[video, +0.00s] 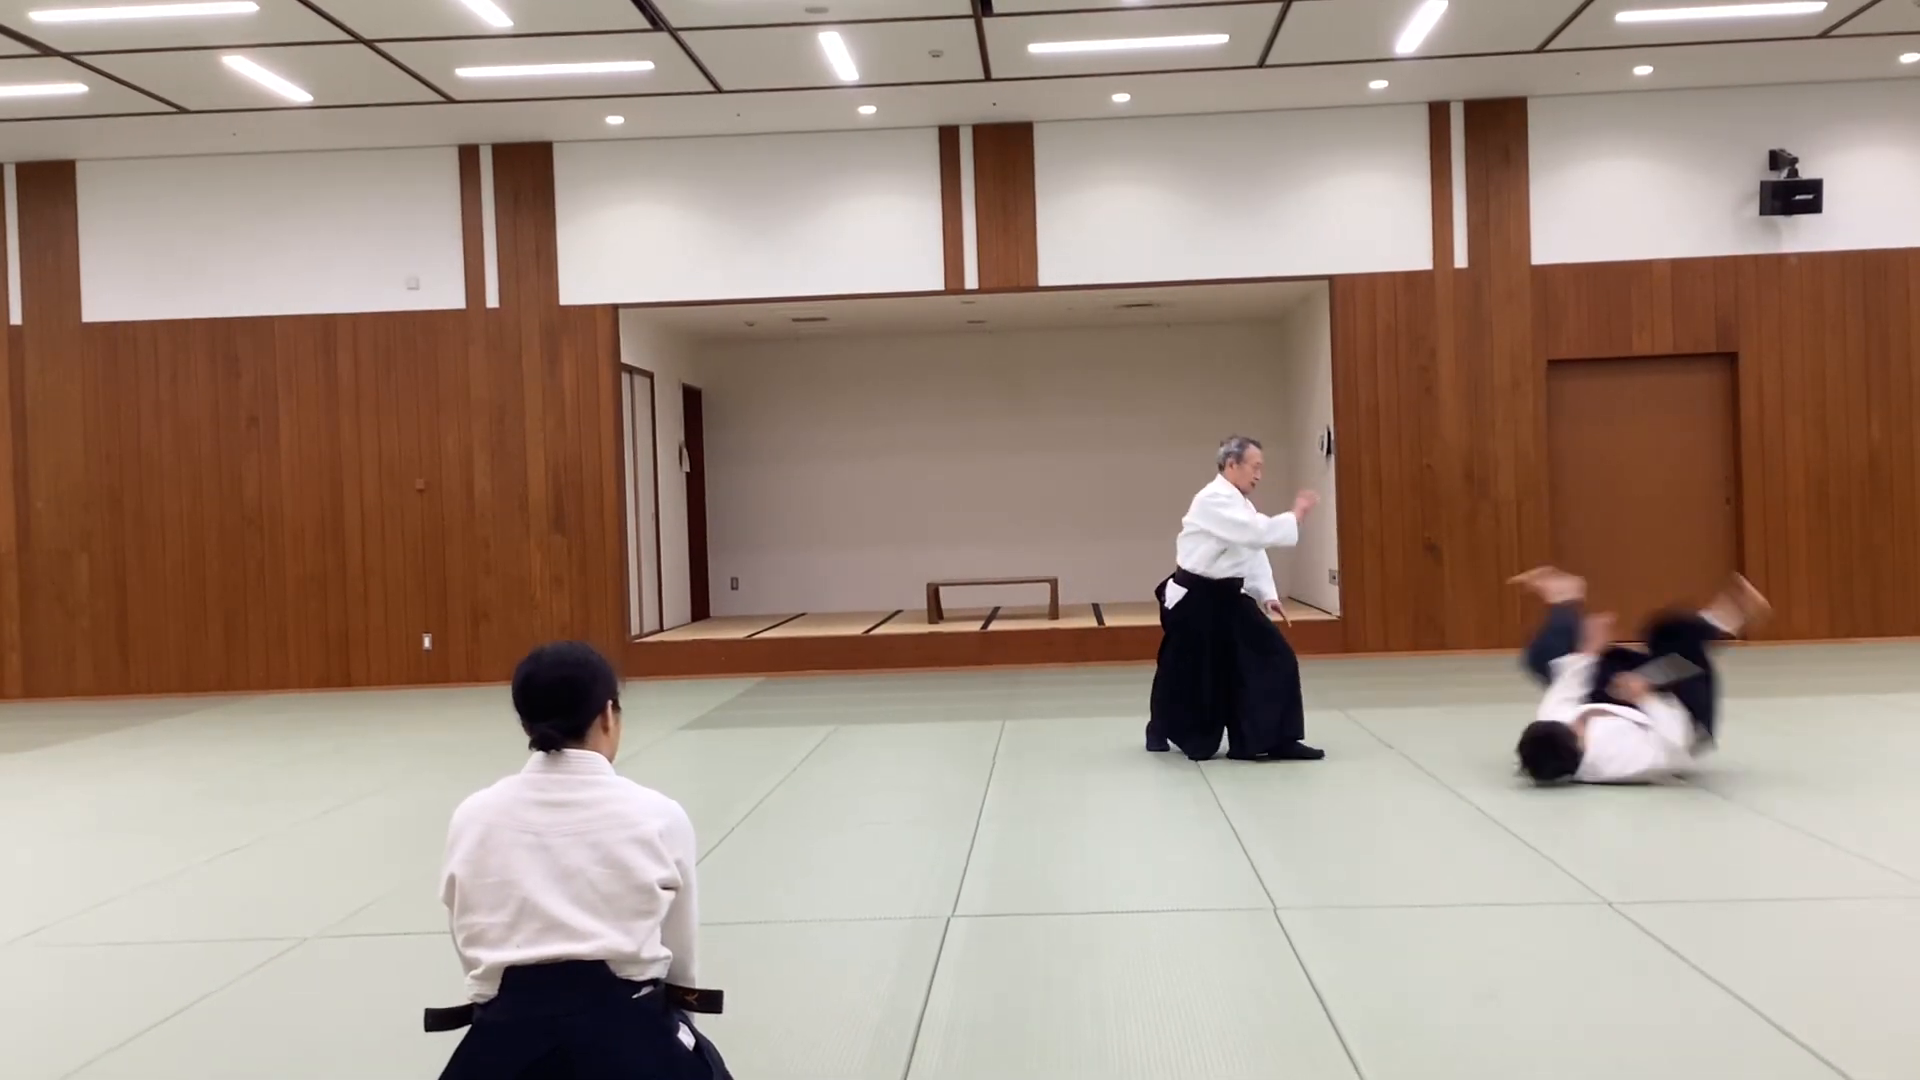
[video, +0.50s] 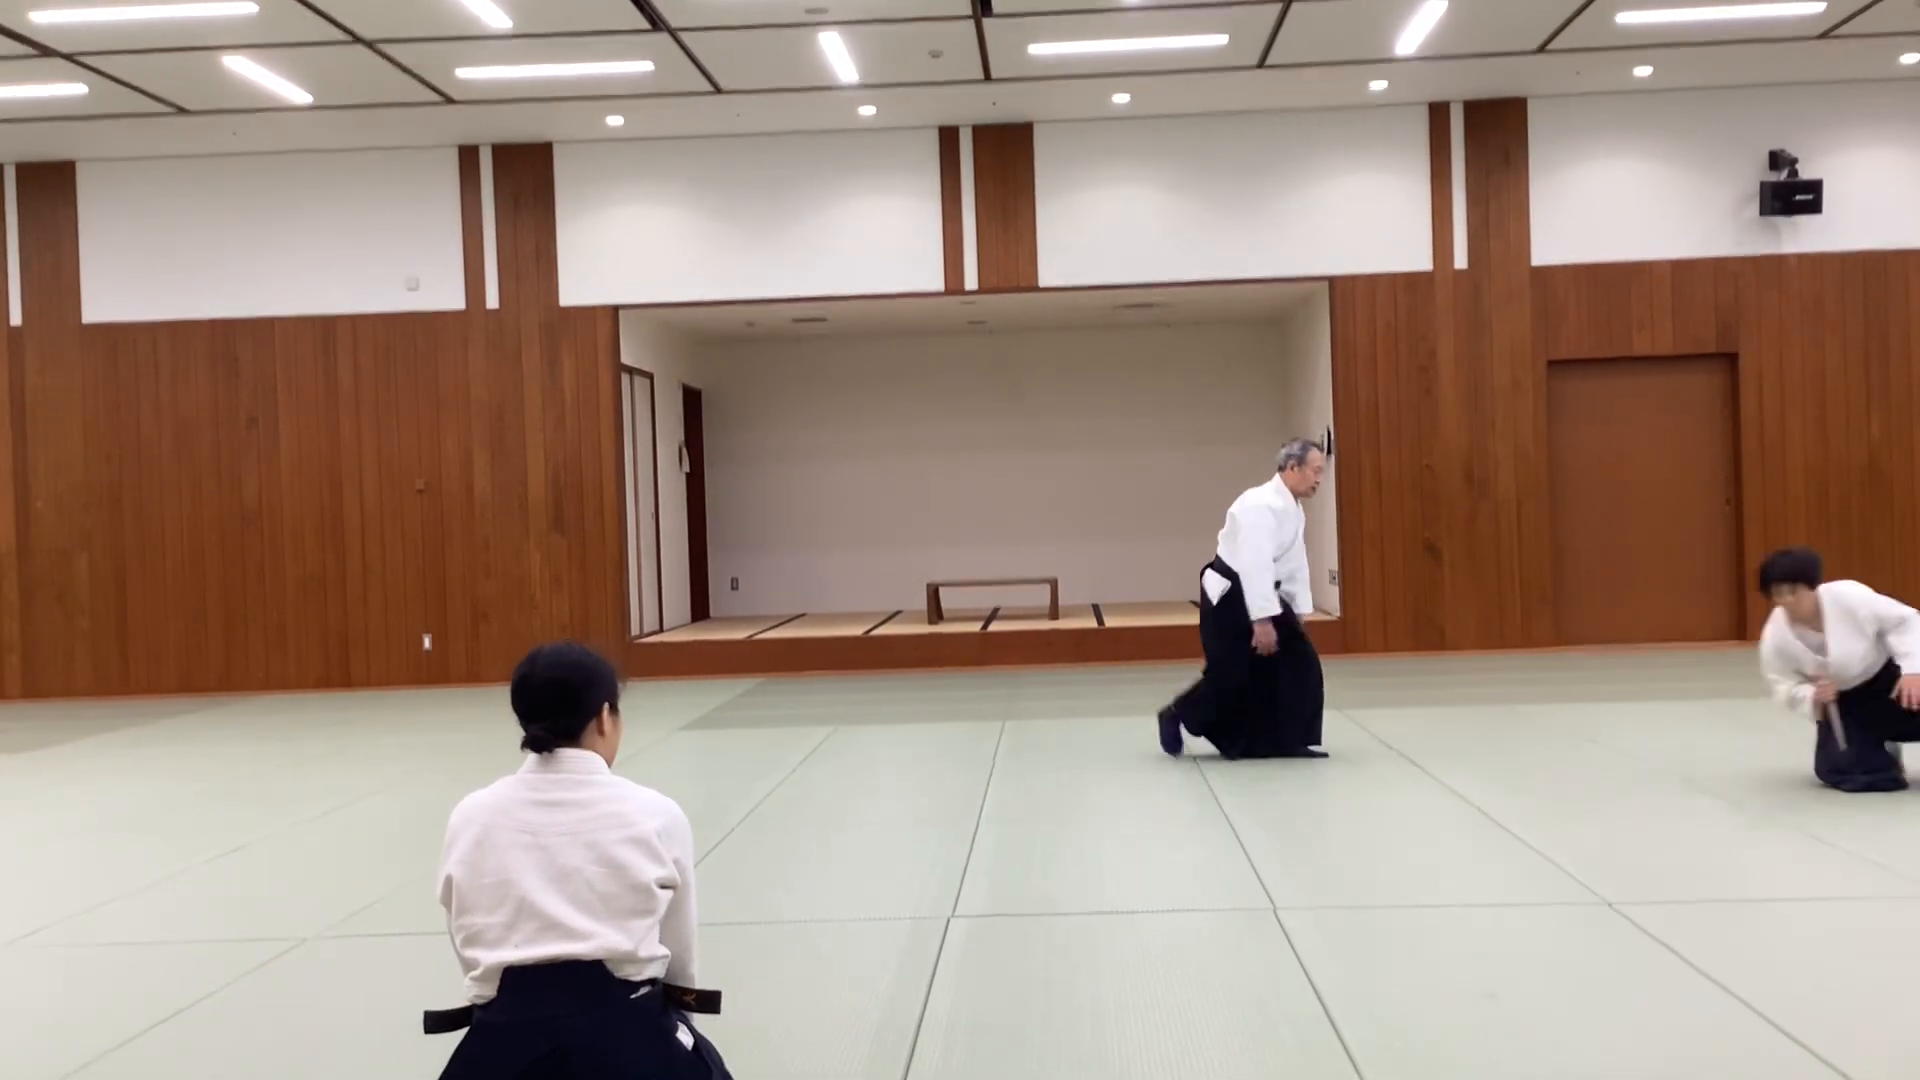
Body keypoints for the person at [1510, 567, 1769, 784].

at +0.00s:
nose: (1571, 723)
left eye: (1559, 724)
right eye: (1569, 727)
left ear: (1549, 723)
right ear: (1575, 743)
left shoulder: (1544, 733)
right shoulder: (1617, 759)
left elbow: (1565, 688)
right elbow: (1676, 746)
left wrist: (1591, 650)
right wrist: (1645, 699)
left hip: (1603, 707)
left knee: (1539, 660)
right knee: (1668, 629)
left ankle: (1564, 600)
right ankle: (1726, 616)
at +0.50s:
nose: (1786, 601)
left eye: (1793, 591)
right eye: (1778, 594)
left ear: (1812, 586)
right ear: (1772, 597)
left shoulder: (1847, 597)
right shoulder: (1775, 637)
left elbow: (1906, 620)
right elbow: (1780, 687)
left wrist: (1911, 670)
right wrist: (1811, 695)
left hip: (1886, 681)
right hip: (1840, 702)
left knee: (1912, 724)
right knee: (1834, 770)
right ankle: (1888, 760)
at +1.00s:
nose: (1862, 471)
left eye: (1872, 464)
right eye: (1860, 463)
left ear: (1899, 470)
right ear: (1857, 468)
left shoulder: (1919, 510)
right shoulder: (1855, 517)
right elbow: (1848, 576)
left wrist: (1916, 604)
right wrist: (1865, 599)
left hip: (1917, 631)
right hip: (1882, 630)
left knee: (1899, 705)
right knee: (1836, 691)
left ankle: (1879, 763)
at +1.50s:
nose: (1715, 444)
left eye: (1725, 439)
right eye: (1717, 437)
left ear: (1751, 449)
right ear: (1734, 449)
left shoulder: (1785, 492)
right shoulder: (1716, 492)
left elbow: (1810, 552)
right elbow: (1707, 550)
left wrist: (1807, 612)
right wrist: (1692, 597)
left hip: (1784, 605)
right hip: (1742, 605)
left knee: (1821, 685)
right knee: (1679, 666)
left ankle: (1882, 770)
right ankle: (1662, 759)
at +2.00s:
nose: (1456, 454)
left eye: (1461, 449)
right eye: (1458, 448)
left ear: (1478, 456)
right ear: (1498, 455)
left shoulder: (1472, 496)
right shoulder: (1522, 481)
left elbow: (1409, 487)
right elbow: (1557, 507)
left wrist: (1423, 440)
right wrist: (1528, 532)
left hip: (1501, 602)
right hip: (1534, 595)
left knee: (1442, 672)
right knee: (1541, 686)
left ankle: (1380, 752)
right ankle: (1606, 761)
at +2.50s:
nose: (1311, 442)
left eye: (1311, 436)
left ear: (1314, 437)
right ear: (1352, 434)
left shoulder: (1294, 474)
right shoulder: (1375, 470)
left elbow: (1243, 499)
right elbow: (1414, 507)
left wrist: (1221, 482)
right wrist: (1464, 528)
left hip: (1311, 578)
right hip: (1362, 578)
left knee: (1294, 658)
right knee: (1345, 664)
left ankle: (1285, 744)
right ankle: (1324, 751)